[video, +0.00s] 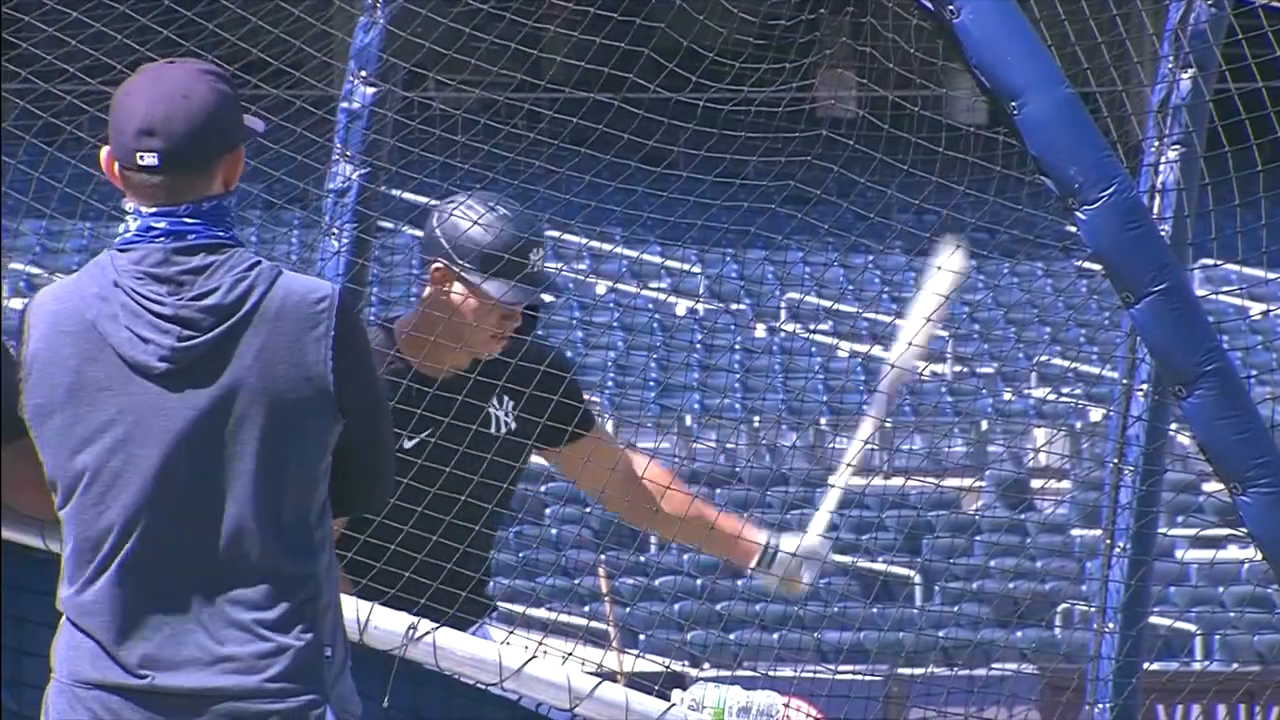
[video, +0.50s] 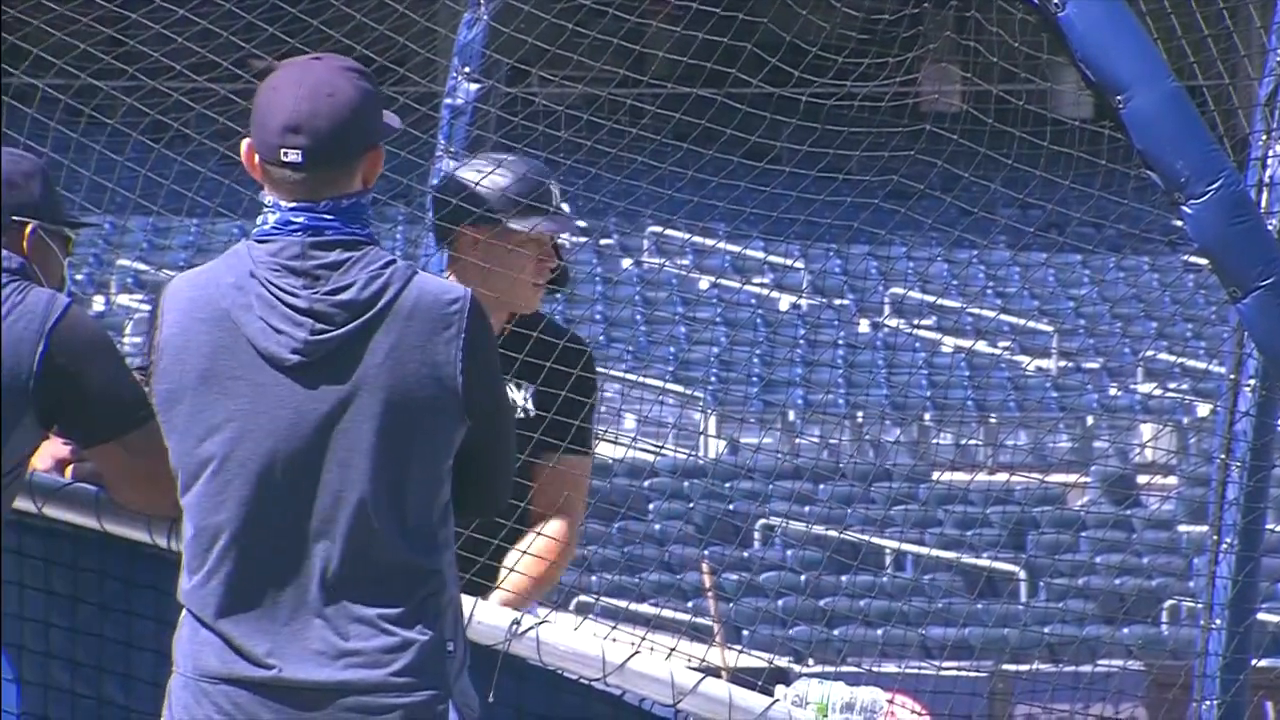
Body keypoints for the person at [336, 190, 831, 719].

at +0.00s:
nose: (517, 315)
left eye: (524, 299)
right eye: (500, 297)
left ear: (533, 297)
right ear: (437, 281)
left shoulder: (529, 375)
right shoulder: (353, 365)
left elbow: (625, 480)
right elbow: (300, 512)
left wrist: (756, 550)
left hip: (451, 646)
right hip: (335, 632)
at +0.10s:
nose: (528, 309)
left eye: (535, 293)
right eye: (511, 290)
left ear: (544, 294)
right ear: (449, 279)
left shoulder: (541, 382)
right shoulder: (360, 366)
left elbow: (609, 520)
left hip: (461, 651)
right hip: (341, 635)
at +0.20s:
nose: (542, 297)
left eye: (547, 280)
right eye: (524, 277)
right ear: (462, 269)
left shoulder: (548, 379)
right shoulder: (371, 356)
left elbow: (576, 537)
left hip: (475, 651)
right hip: (355, 636)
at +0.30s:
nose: (546, 285)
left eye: (549, 269)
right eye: (528, 267)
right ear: (465, 264)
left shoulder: (557, 379)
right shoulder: (383, 349)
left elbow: (558, 542)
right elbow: (333, 501)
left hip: (490, 650)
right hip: (371, 631)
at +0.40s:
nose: (553, 275)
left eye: (554, 258)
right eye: (535, 258)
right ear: (469, 256)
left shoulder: (564, 375)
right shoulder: (391, 345)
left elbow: (556, 541)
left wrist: (514, 645)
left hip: (479, 633)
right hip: (369, 611)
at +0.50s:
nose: (553, 261)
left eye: (555, 245)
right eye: (535, 243)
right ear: (470, 240)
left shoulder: (562, 361)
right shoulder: (396, 335)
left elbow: (556, 518)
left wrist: (486, 618)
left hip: (467, 616)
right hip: (362, 599)